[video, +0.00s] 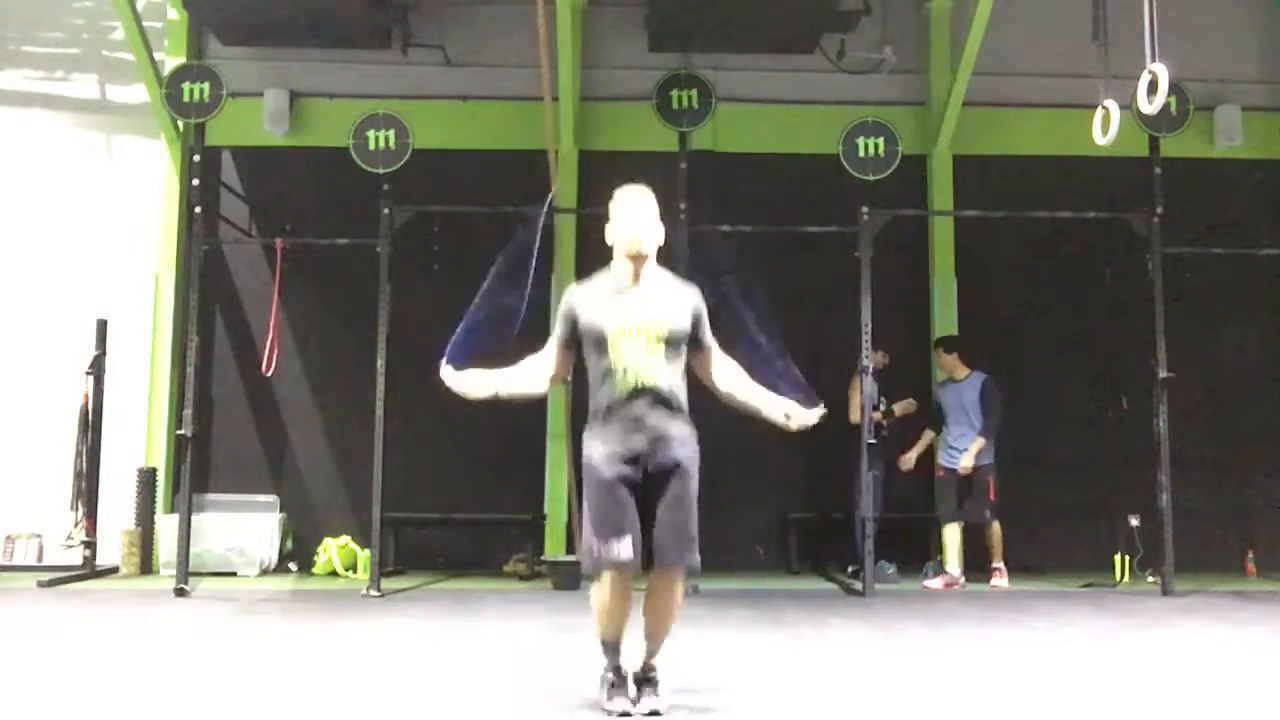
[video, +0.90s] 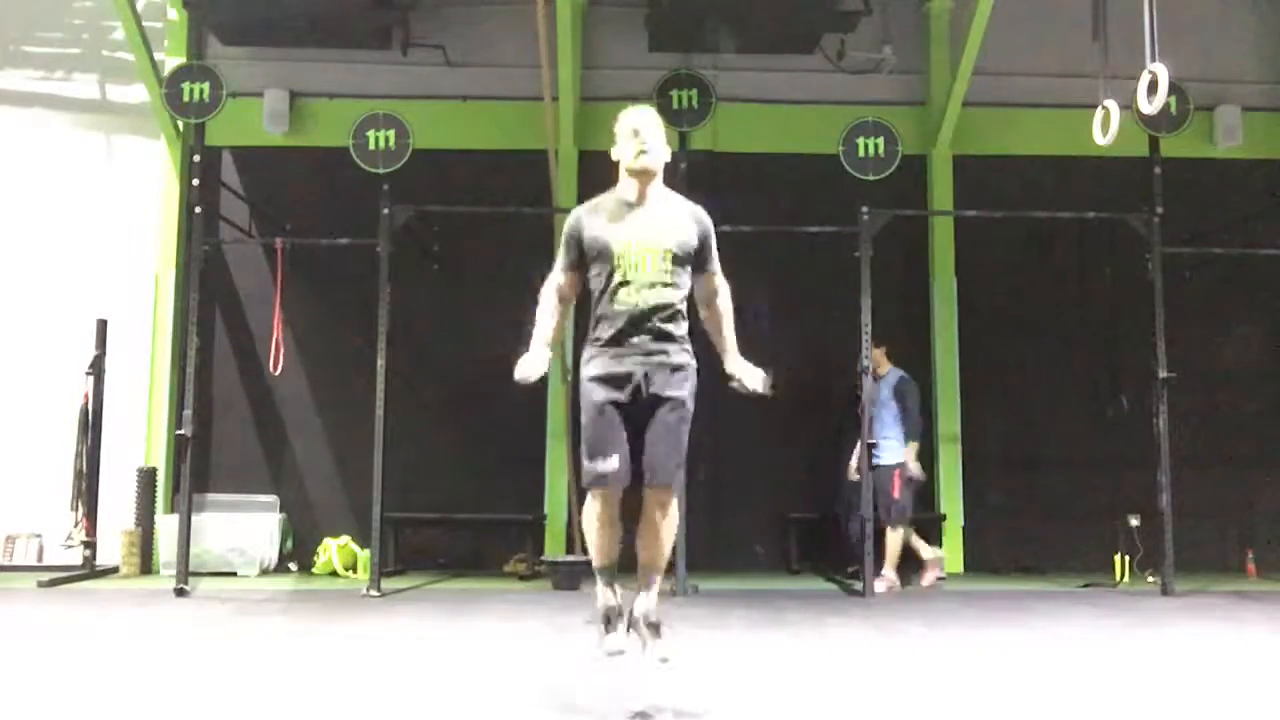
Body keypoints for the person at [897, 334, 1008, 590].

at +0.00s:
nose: (937, 362)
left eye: (940, 356)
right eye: (936, 356)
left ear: (953, 356)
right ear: (949, 357)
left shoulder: (983, 384)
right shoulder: (941, 389)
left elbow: (992, 423)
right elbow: (935, 424)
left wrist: (971, 452)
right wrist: (914, 452)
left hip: (980, 461)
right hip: (947, 462)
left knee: (986, 514)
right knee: (949, 517)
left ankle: (997, 567)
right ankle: (953, 573)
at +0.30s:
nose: (913, 360)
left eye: (917, 355)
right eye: (913, 355)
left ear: (931, 355)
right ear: (926, 357)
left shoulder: (959, 380)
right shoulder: (918, 387)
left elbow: (973, 418)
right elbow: (914, 423)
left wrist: (954, 446)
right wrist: (904, 455)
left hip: (951, 457)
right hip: (925, 458)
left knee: (952, 513)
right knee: (935, 517)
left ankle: (981, 553)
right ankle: (949, 569)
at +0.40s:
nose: (905, 361)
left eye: (909, 355)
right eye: (904, 356)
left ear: (924, 353)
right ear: (911, 358)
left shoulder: (951, 380)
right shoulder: (910, 387)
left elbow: (967, 418)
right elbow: (907, 423)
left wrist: (955, 450)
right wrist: (895, 451)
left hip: (943, 458)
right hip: (920, 459)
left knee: (936, 513)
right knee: (928, 515)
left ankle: (960, 562)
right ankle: (947, 571)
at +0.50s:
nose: (898, 361)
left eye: (902, 355)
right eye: (896, 356)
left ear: (916, 353)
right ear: (900, 359)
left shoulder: (940, 380)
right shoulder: (902, 388)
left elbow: (964, 414)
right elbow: (898, 423)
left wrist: (956, 448)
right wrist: (886, 449)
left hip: (937, 456)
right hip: (914, 458)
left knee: (922, 512)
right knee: (932, 516)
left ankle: (931, 572)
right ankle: (951, 569)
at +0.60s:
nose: (891, 363)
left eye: (894, 357)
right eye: (888, 359)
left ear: (907, 356)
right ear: (890, 362)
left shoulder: (932, 381)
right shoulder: (894, 388)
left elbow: (961, 411)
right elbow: (891, 423)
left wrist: (957, 446)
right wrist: (877, 446)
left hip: (930, 458)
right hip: (909, 459)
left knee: (913, 515)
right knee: (930, 517)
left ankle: (900, 574)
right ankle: (951, 570)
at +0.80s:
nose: (873, 361)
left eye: (876, 355)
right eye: (871, 356)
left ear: (891, 353)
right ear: (871, 359)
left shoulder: (911, 382)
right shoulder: (877, 386)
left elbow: (932, 414)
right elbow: (873, 426)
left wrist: (935, 445)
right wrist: (862, 454)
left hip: (911, 458)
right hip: (889, 458)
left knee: (902, 516)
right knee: (905, 517)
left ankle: (889, 574)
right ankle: (944, 564)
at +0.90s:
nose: (867, 358)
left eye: (870, 352)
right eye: (865, 353)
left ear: (883, 351)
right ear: (864, 355)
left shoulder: (903, 383)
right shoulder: (869, 383)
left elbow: (913, 421)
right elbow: (865, 423)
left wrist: (911, 456)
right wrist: (857, 455)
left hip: (897, 458)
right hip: (876, 458)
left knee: (896, 517)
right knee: (889, 517)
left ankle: (889, 573)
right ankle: (930, 554)